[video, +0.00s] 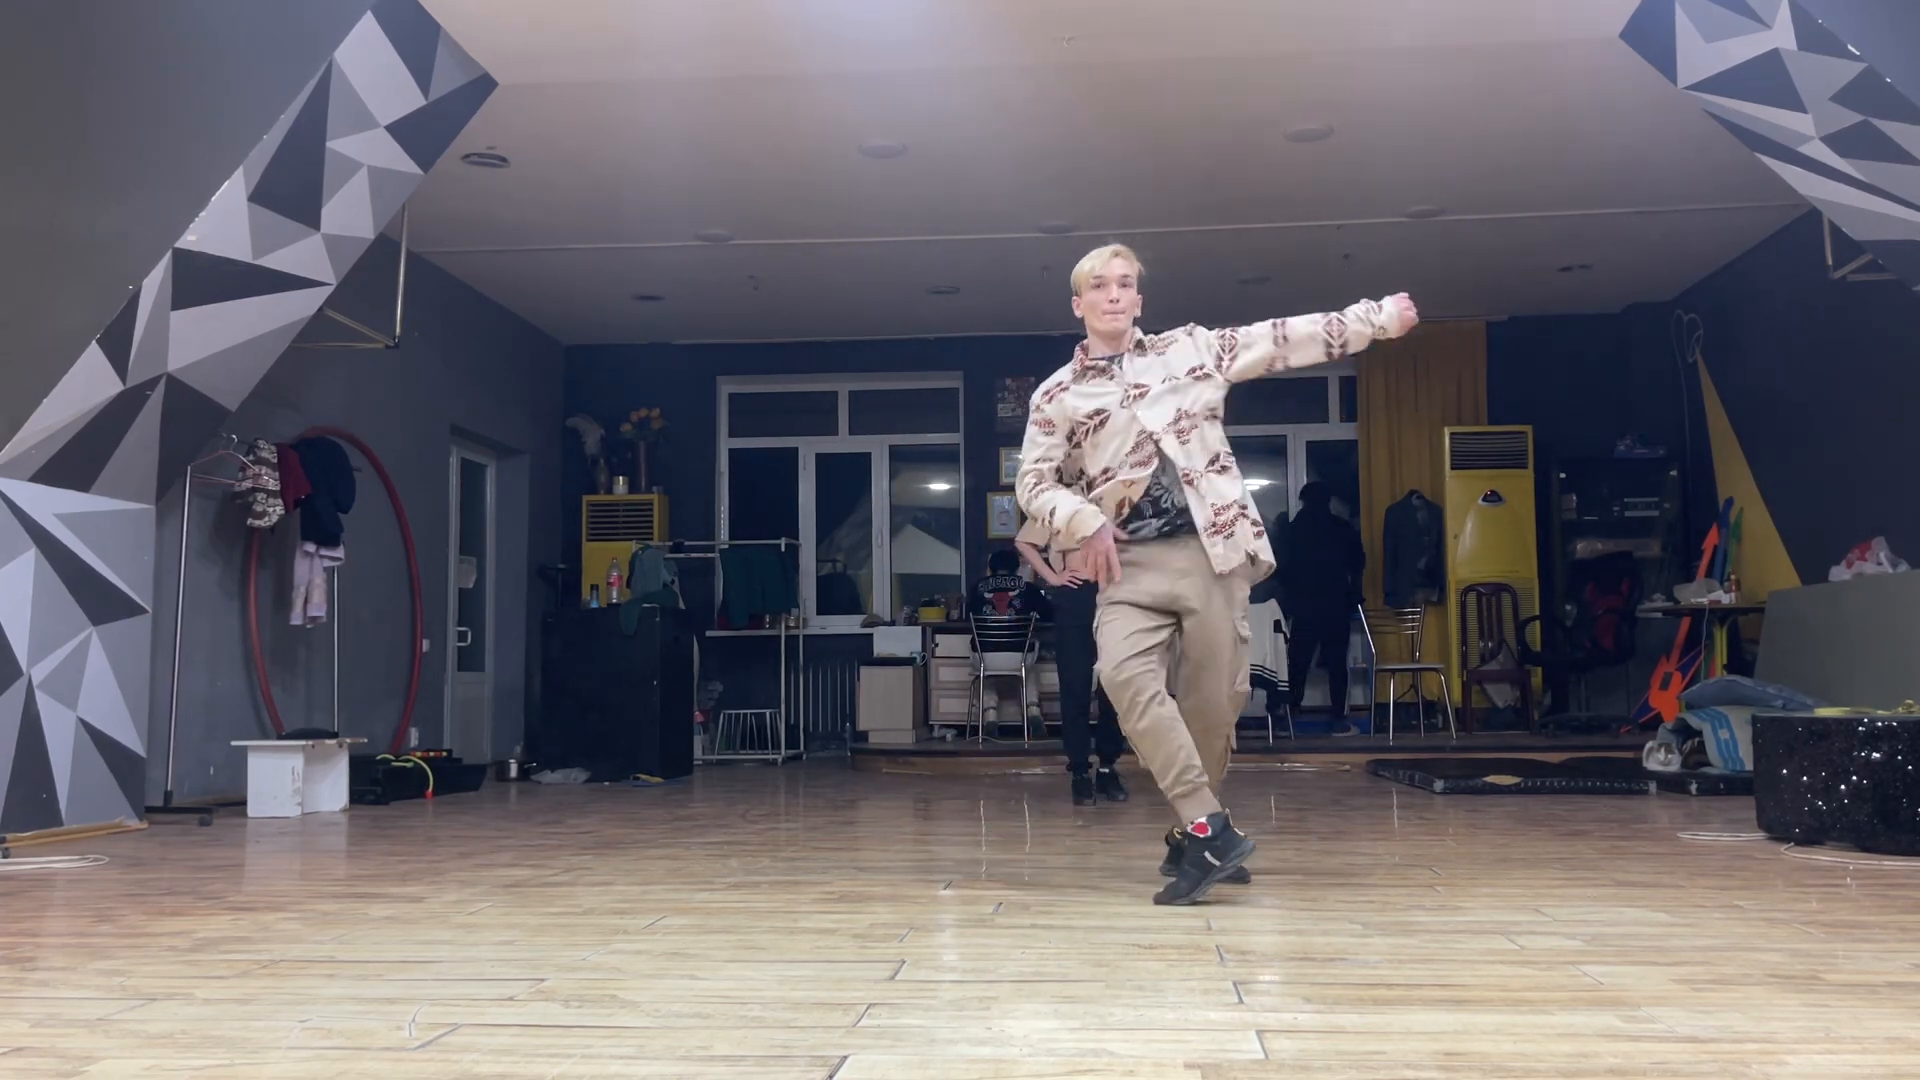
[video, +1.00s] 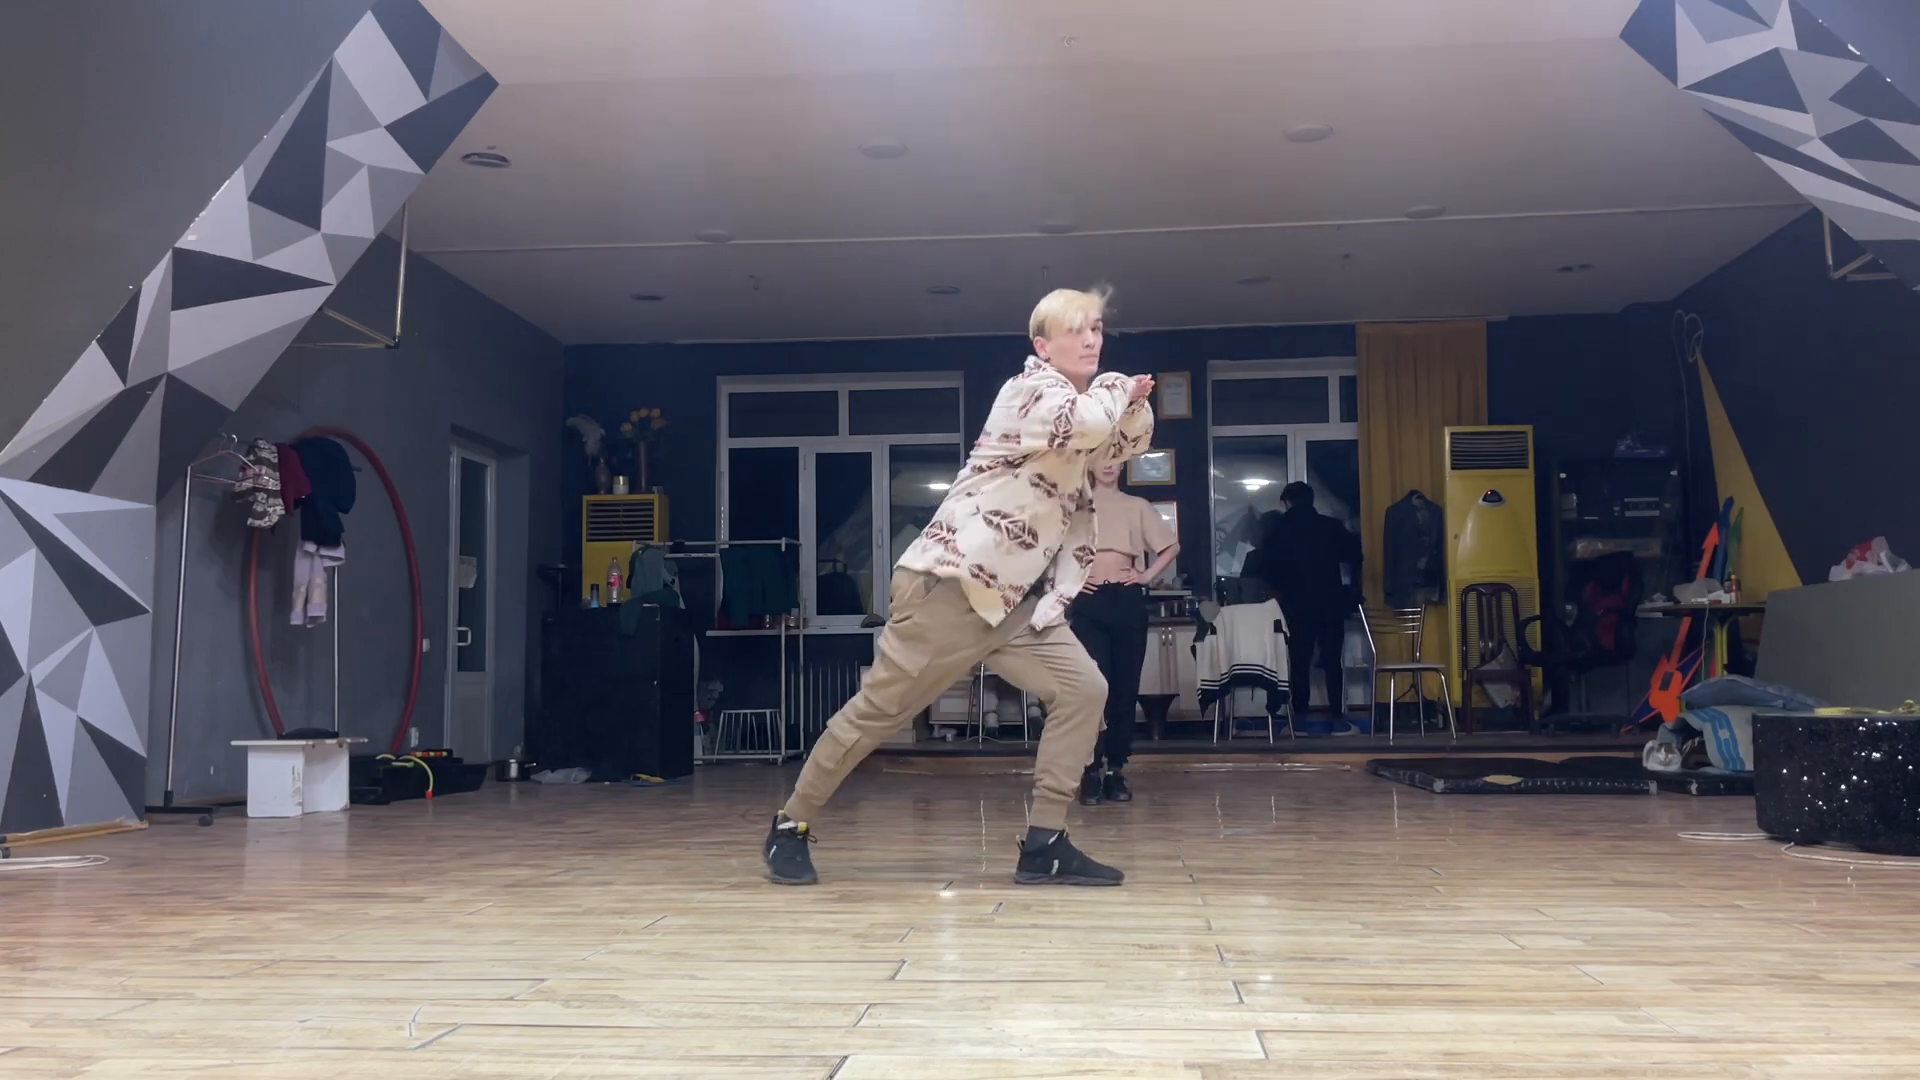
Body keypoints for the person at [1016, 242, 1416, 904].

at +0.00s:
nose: (1115, 294)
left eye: (1125, 284)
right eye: (1100, 285)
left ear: (1140, 297)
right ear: (1077, 302)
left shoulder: (1190, 349)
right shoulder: (1057, 397)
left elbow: (1278, 339)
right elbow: (1032, 484)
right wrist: (1084, 522)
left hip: (1211, 551)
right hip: (1127, 561)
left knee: (1210, 704)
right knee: (1127, 680)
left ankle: (1189, 840)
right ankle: (1211, 827)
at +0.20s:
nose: (1105, 293)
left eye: (1113, 283)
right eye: (1091, 286)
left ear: (1127, 298)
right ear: (1066, 308)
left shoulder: (1180, 355)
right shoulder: (1049, 397)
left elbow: (1264, 369)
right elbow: (1030, 487)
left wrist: (1346, 366)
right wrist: (1056, 520)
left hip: (1211, 536)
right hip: (1130, 536)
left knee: (1230, 693)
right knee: (1123, 592)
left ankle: (1195, 837)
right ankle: (1162, 758)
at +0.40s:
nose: (1086, 231)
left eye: (1091, 220)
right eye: (1070, 223)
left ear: (1101, 232)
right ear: (1041, 243)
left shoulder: (1118, 317)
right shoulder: (1033, 314)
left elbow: (1156, 421)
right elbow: (1017, 410)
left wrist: (1208, 491)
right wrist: (991, 483)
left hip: (1174, 496)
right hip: (1111, 500)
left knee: (1275, 562)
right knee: (1120, 649)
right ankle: (1058, 810)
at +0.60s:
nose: (1079, 250)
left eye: (1084, 241)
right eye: (1064, 240)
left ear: (1090, 256)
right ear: (1030, 257)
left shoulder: (1092, 333)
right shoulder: (1011, 333)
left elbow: (1107, 437)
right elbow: (992, 407)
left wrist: (1149, 497)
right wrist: (970, 420)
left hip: (1124, 523)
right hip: (1057, 529)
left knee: (1227, 604)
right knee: (1050, 675)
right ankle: (1031, 837)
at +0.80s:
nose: (1091, 285)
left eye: (1097, 275)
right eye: (1076, 274)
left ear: (1104, 289)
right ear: (1043, 286)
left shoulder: (1110, 386)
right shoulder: (1005, 359)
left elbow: (1147, 458)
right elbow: (970, 456)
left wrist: (1223, 485)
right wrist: (1034, 483)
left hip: (1070, 547)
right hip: (997, 534)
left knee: (1097, 689)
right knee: (1081, 617)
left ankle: (1048, 841)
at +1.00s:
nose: (1093, 339)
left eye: (1096, 328)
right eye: (1078, 329)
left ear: (1099, 339)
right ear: (1043, 343)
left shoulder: (1081, 402)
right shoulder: (1027, 389)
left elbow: (1121, 450)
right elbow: (1087, 424)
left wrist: (1135, 410)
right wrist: (1124, 390)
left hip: (1011, 595)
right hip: (948, 581)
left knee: (1083, 691)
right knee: (878, 709)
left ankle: (1044, 841)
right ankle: (790, 828)